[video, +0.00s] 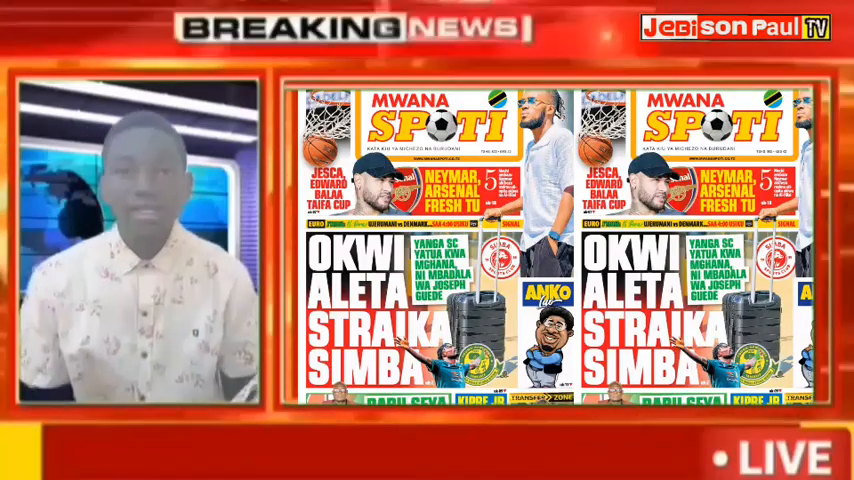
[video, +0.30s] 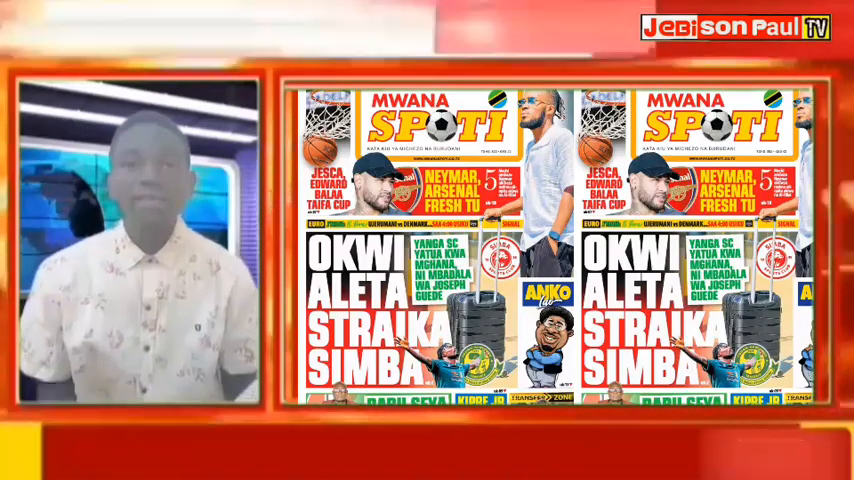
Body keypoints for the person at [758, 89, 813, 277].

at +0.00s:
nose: (799, 107)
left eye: (806, 101)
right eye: (797, 103)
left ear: (820, 108)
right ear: (795, 109)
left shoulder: (826, 148)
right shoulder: (806, 149)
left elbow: (829, 192)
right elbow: (805, 196)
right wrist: (777, 211)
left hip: (819, 239)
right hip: (804, 239)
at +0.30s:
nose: (799, 107)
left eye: (806, 101)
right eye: (797, 103)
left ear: (820, 108)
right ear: (795, 109)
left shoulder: (826, 148)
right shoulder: (806, 149)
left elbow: (832, 192)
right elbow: (804, 196)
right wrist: (777, 211)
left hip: (819, 239)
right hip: (804, 239)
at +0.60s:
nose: (799, 107)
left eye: (807, 101)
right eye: (797, 103)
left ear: (820, 107)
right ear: (794, 110)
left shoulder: (827, 147)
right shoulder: (806, 149)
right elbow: (805, 197)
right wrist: (776, 211)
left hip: (820, 240)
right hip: (804, 240)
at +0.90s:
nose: (799, 108)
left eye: (807, 101)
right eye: (797, 103)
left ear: (820, 107)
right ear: (795, 109)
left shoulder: (825, 148)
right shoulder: (806, 149)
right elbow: (805, 196)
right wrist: (776, 211)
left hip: (819, 240)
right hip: (804, 240)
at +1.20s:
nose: (799, 107)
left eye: (806, 101)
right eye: (797, 103)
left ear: (820, 107)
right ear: (794, 110)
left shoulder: (826, 148)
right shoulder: (806, 149)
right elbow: (805, 196)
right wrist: (777, 211)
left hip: (820, 240)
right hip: (804, 239)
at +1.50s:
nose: (799, 107)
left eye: (806, 101)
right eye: (797, 103)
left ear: (820, 107)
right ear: (794, 109)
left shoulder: (826, 148)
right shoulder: (806, 149)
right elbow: (804, 196)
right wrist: (777, 211)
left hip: (820, 240)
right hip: (804, 239)